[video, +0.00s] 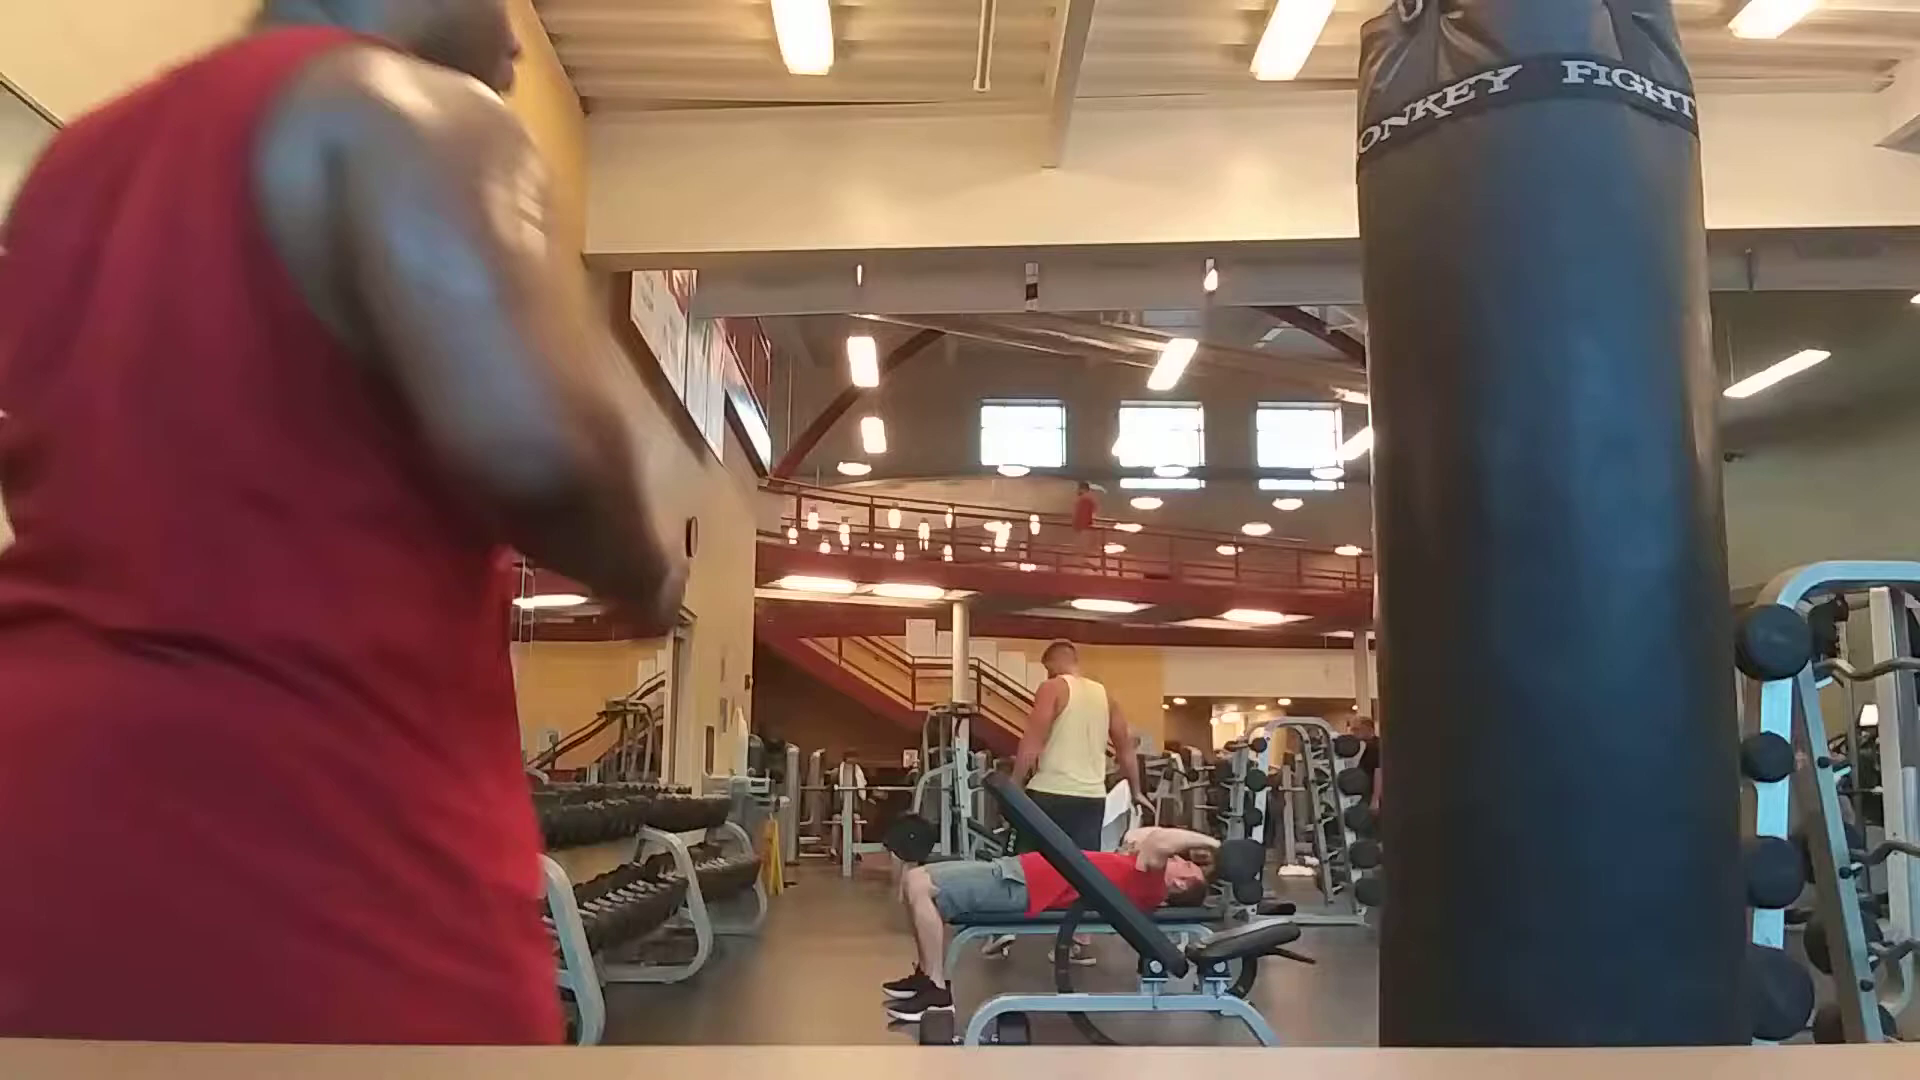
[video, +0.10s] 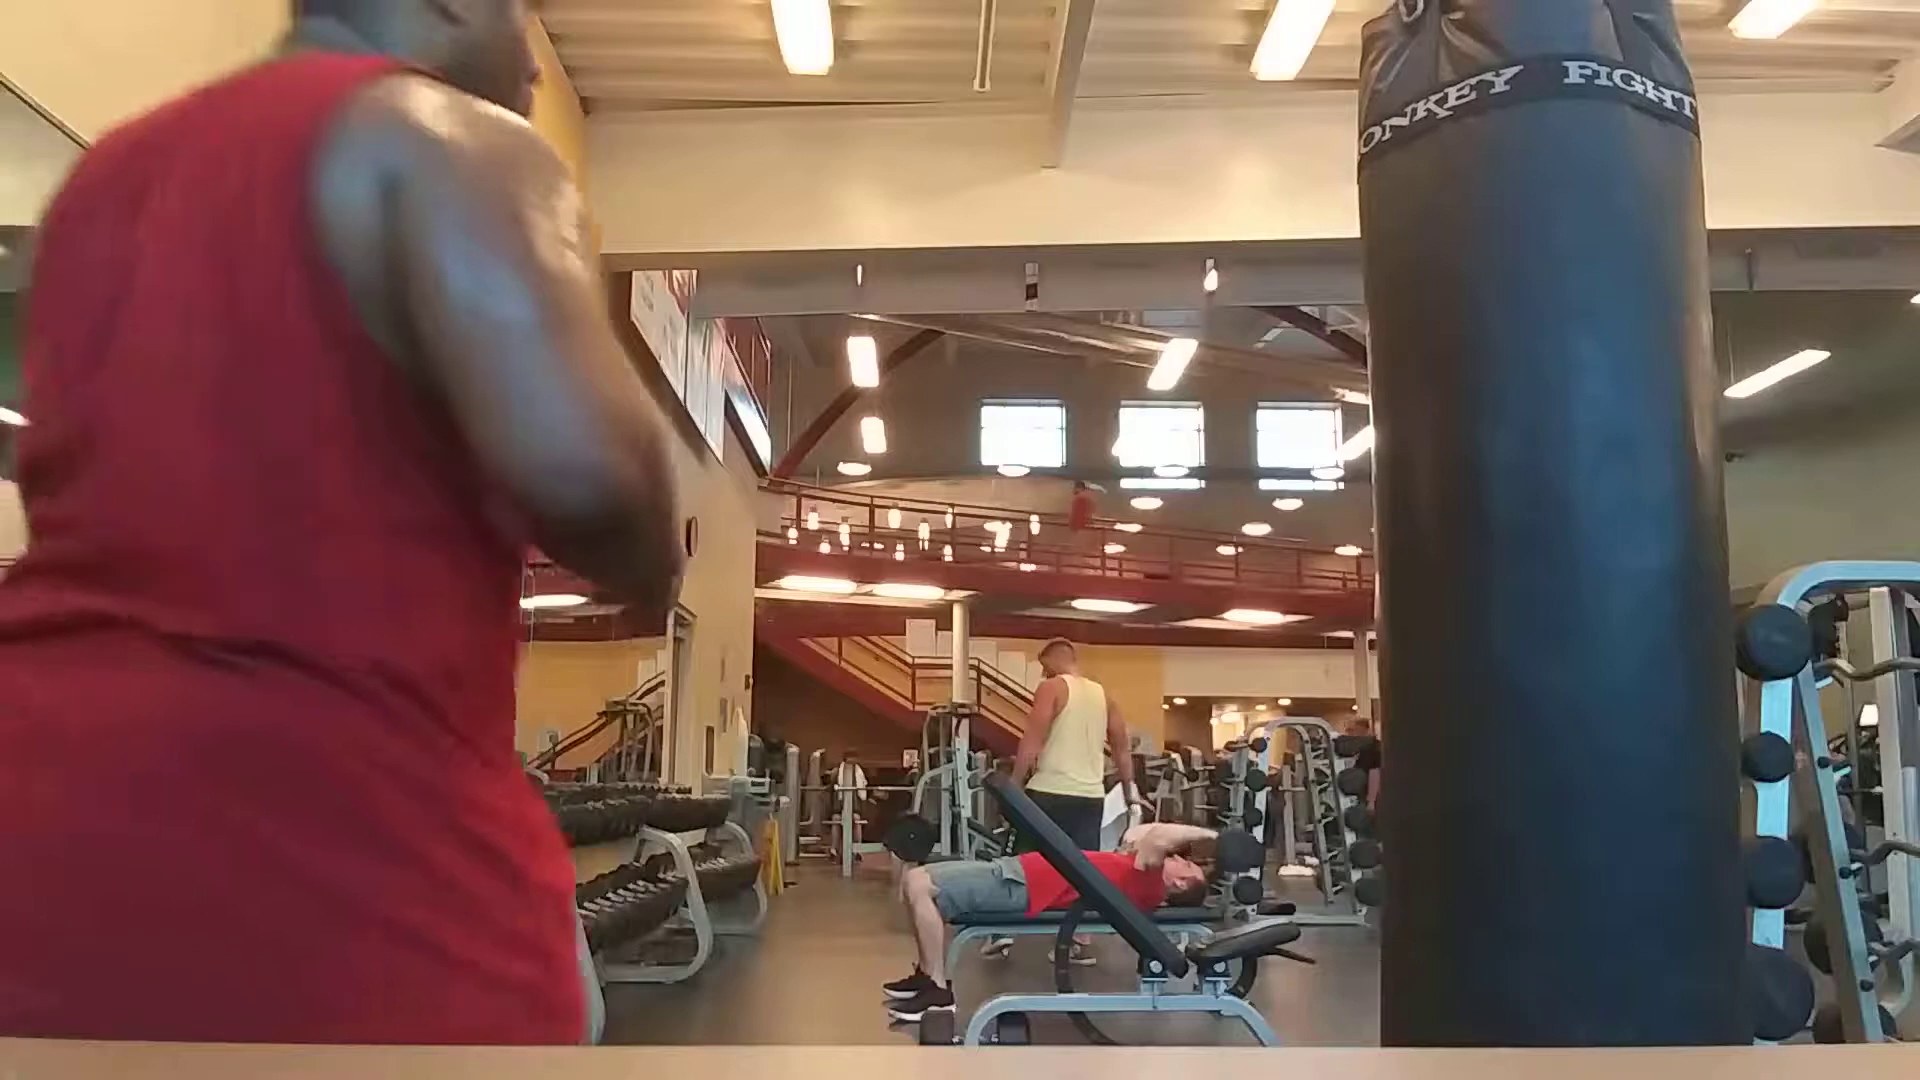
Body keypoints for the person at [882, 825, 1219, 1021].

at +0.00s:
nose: (1186, 864)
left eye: (1191, 872)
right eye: (1192, 863)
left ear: (1182, 885)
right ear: (1182, 861)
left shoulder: (1149, 887)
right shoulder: (1144, 871)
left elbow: (1156, 838)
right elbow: (1137, 837)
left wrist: (1212, 844)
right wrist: (1188, 839)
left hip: (1025, 884)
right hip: (1019, 869)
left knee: (921, 885)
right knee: (914, 875)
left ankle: (937, 990)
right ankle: (925, 975)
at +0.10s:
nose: (1185, 863)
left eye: (1190, 871)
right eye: (1191, 863)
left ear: (1180, 886)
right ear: (1178, 864)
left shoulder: (1148, 889)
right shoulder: (1140, 871)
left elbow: (1158, 834)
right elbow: (1138, 834)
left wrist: (1211, 835)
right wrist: (1188, 834)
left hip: (1024, 884)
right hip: (1018, 868)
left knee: (921, 885)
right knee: (914, 876)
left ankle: (938, 989)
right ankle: (926, 976)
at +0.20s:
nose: (1181, 857)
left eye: (1188, 865)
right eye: (1189, 859)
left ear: (1180, 884)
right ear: (1178, 872)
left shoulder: (1148, 888)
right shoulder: (1141, 873)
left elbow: (1149, 835)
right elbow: (1138, 833)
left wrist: (1198, 819)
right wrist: (1191, 820)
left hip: (1025, 884)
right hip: (1019, 870)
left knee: (922, 885)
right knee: (915, 877)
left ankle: (943, 989)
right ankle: (927, 977)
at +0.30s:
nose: (1183, 862)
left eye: (1188, 869)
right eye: (1189, 862)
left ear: (1179, 885)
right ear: (1176, 871)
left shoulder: (1146, 887)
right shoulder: (1138, 873)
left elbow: (1150, 830)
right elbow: (1142, 825)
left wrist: (1190, 802)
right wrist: (1180, 804)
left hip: (1022, 885)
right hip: (1016, 870)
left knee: (920, 884)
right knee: (914, 877)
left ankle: (945, 989)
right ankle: (929, 974)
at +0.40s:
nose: (1185, 860)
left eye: (1190, 870)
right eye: (1191, 861)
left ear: (1179, 885)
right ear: (1176, 865)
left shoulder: (1147, 886)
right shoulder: (1137, 868)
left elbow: (1154, 831)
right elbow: (1140, 821)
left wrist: (1181, 793)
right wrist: (1171, 788)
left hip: (1022, 885)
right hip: (1016, 871)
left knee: (920, 884)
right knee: (915, 878)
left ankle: (945, 989)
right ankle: (929, 975)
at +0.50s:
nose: (1186, 860)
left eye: (1191, 870)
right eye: (1192, 861)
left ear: (1181, 885)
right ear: (1176, 865)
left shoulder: (1148, 886)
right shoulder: (1140, 867)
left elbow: (1155, 830)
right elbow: (1141, 824)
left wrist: (1172, 782)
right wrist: (1164, 779)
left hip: (1023, 884)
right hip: (1017, 869)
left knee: (921, 886)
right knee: (914, 877)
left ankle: (944, 989)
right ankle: (928, 977)